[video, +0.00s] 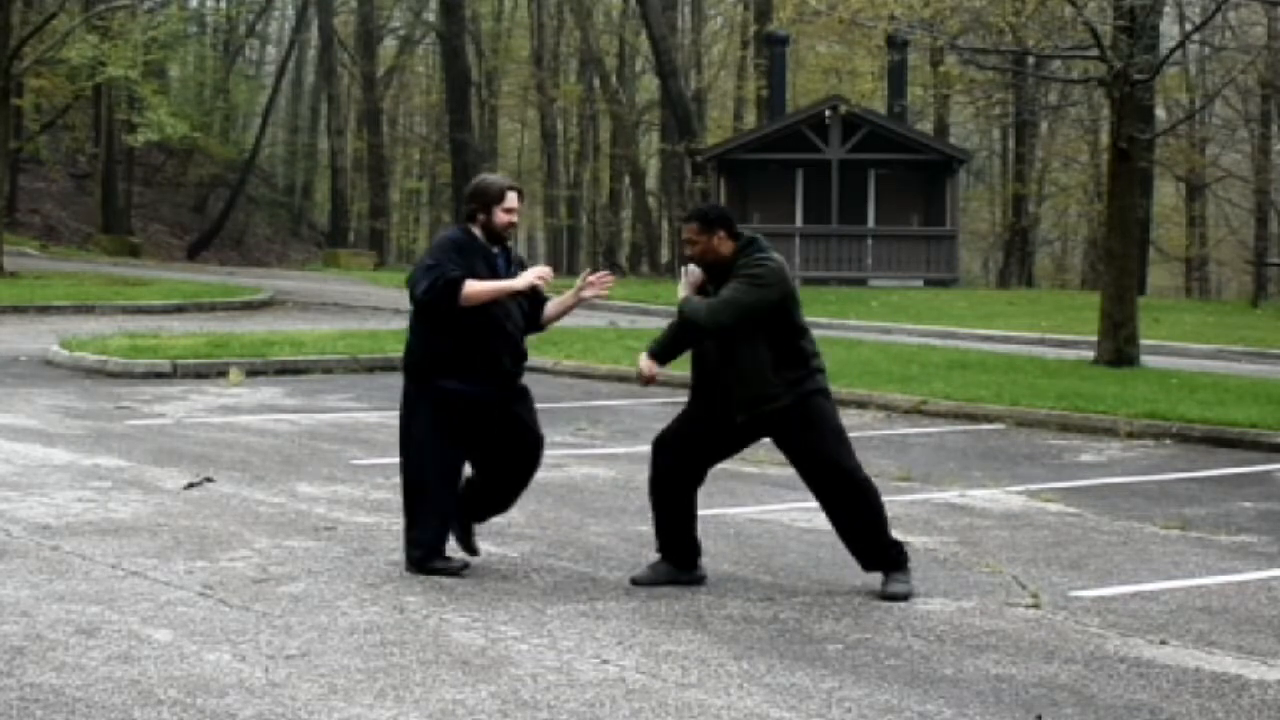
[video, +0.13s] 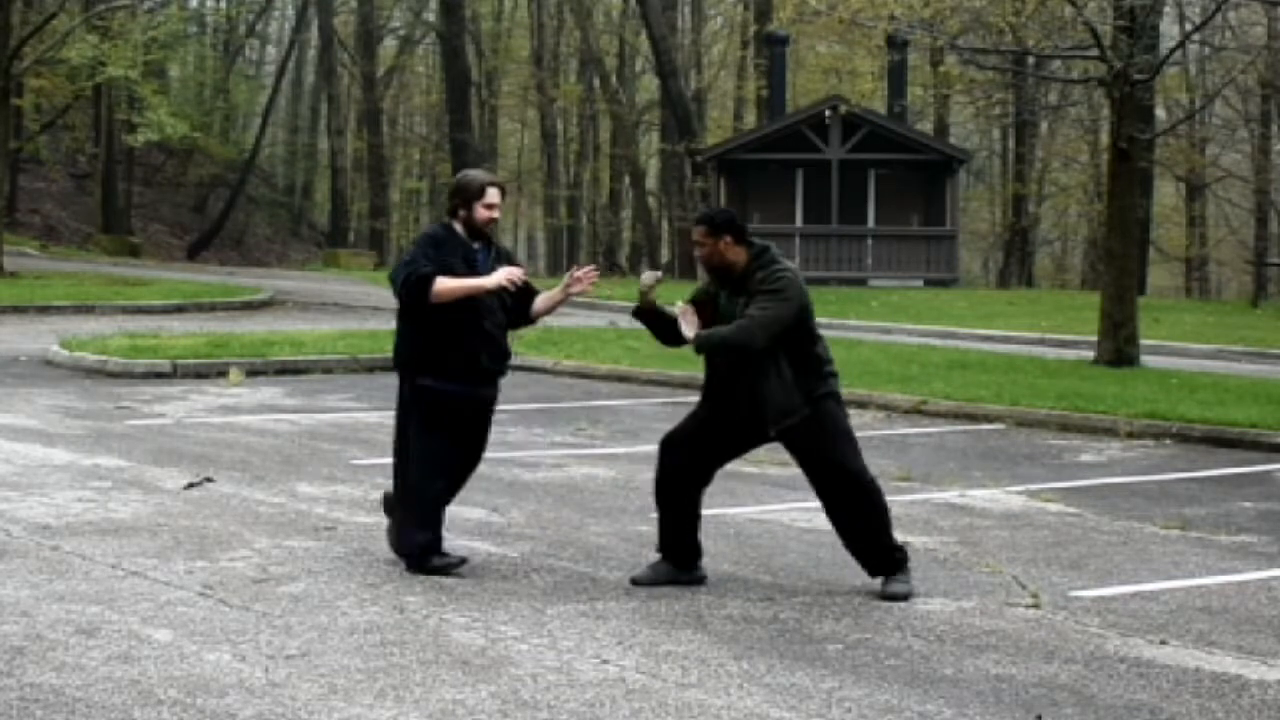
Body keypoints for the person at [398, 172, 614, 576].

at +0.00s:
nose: (514, 219)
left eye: (516, 212)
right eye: (507, 211)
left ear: (514, 213)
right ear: (481, 212)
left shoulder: (507, 259)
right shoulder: (451, 247)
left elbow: (532, 318)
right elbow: (437, 292)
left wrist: (576, 296)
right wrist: (515, 284)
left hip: (495, 384)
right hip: (439, 384)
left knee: (520, 453)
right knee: (433, 469)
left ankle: (465, 510)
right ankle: (424, 553)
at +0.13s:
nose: (495, 215)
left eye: (498, 207)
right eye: (488, 207)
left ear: (499, 209)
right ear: (462, 207)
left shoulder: (495, 256)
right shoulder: (434, 245)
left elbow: (519, 312)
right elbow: (416, 289)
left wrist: (564, 292)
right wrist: (486, 282)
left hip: (477, 379)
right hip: (430, 378)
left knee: (464, 459)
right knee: (425, 462)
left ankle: (404, 506)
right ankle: (422, 551)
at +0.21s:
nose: (487, 219)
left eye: (489, 212)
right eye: (479, 212)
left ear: (490, 215)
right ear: (454, 212)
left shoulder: (490, 260)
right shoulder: (428, 248)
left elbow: (517, 315)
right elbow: (402, 294)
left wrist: (559, 292)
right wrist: (472, 286)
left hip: (465, 381)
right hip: (422, 378)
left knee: (432, 459)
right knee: (423, 463)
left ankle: (380, 520)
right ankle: (421, 551)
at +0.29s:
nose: (480, 228)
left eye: (483, 221)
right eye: (472, 221)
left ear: (486, 223)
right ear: (448, 222)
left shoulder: (485, 268)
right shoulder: (421, 258)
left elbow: (514, 321)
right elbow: (397, 308)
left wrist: (554, 294)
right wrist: (463, 294)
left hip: (462, 383)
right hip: (420, 379)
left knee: (415, 453)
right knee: (438, 455)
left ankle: (370, 529)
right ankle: (423, 552)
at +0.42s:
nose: (478, 235)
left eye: (481, 228)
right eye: (469, 228)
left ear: (483, 230)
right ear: (446, 229)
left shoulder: (483, 274)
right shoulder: (417, 268)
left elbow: (508, 326)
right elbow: (399, 325)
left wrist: (549, 297)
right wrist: (460, 306)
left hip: (464, 388)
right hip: (422, 386)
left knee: (424, 461)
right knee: (449, 452)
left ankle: (369, 532)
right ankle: (435, 553)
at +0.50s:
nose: (483, 236)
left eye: (486, 228)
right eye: (475, 228)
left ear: (487, 230)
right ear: (450, 230)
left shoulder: (488, 274)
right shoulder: (422, 268)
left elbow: (513, 326)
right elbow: (405, 326)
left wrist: (552, 295)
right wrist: (464, 311)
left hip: (470, 388)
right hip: (427, 385)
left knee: (431, 462)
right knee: (457, 450)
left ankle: (372, 533)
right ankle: (458, 546)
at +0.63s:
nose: (500, 230)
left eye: (503, 223)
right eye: (492, 224)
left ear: (506, 224)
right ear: (468, 225)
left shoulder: (508, 269)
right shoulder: (440, 266)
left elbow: (536, 320)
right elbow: (420, 321)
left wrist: (573, 286)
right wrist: (482, 307)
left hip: (486, 389)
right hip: (443, 388)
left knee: (435, 463)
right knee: (477, 461)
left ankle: (375, 527)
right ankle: (508, 547)